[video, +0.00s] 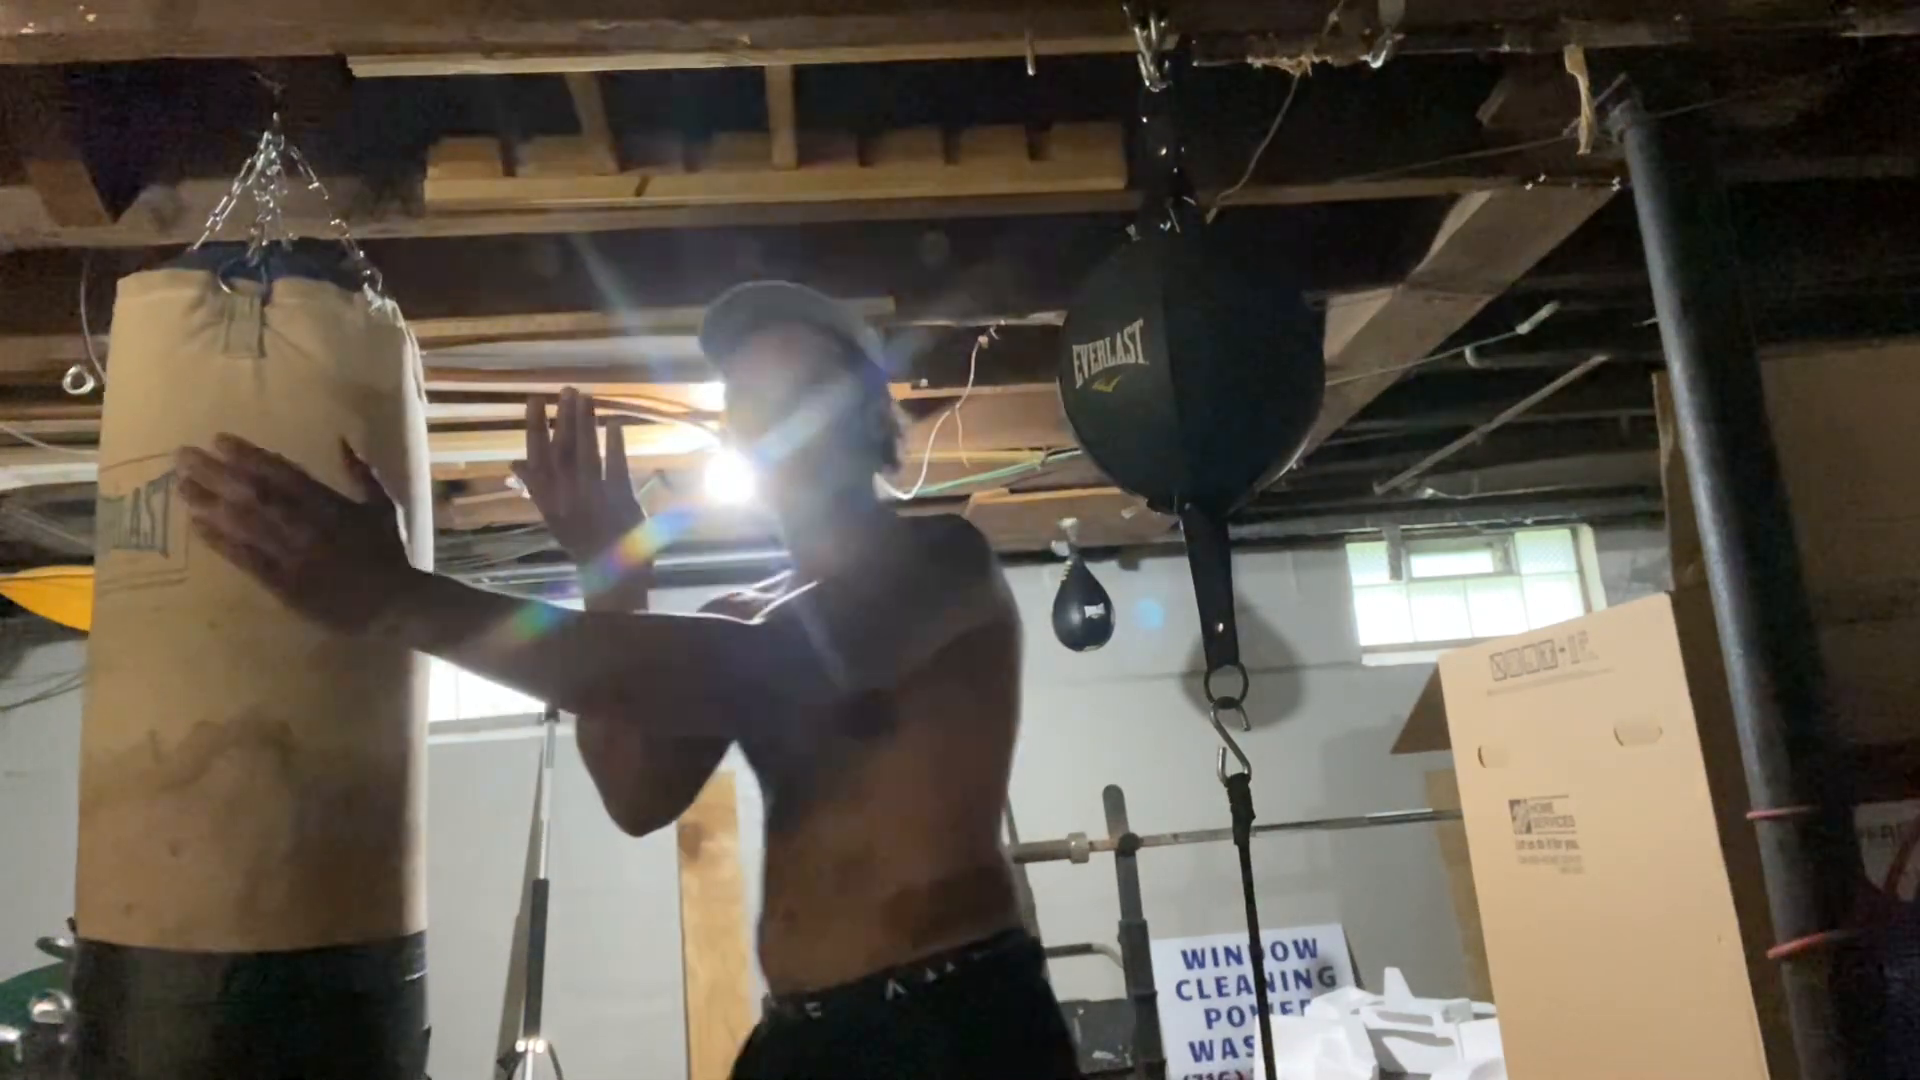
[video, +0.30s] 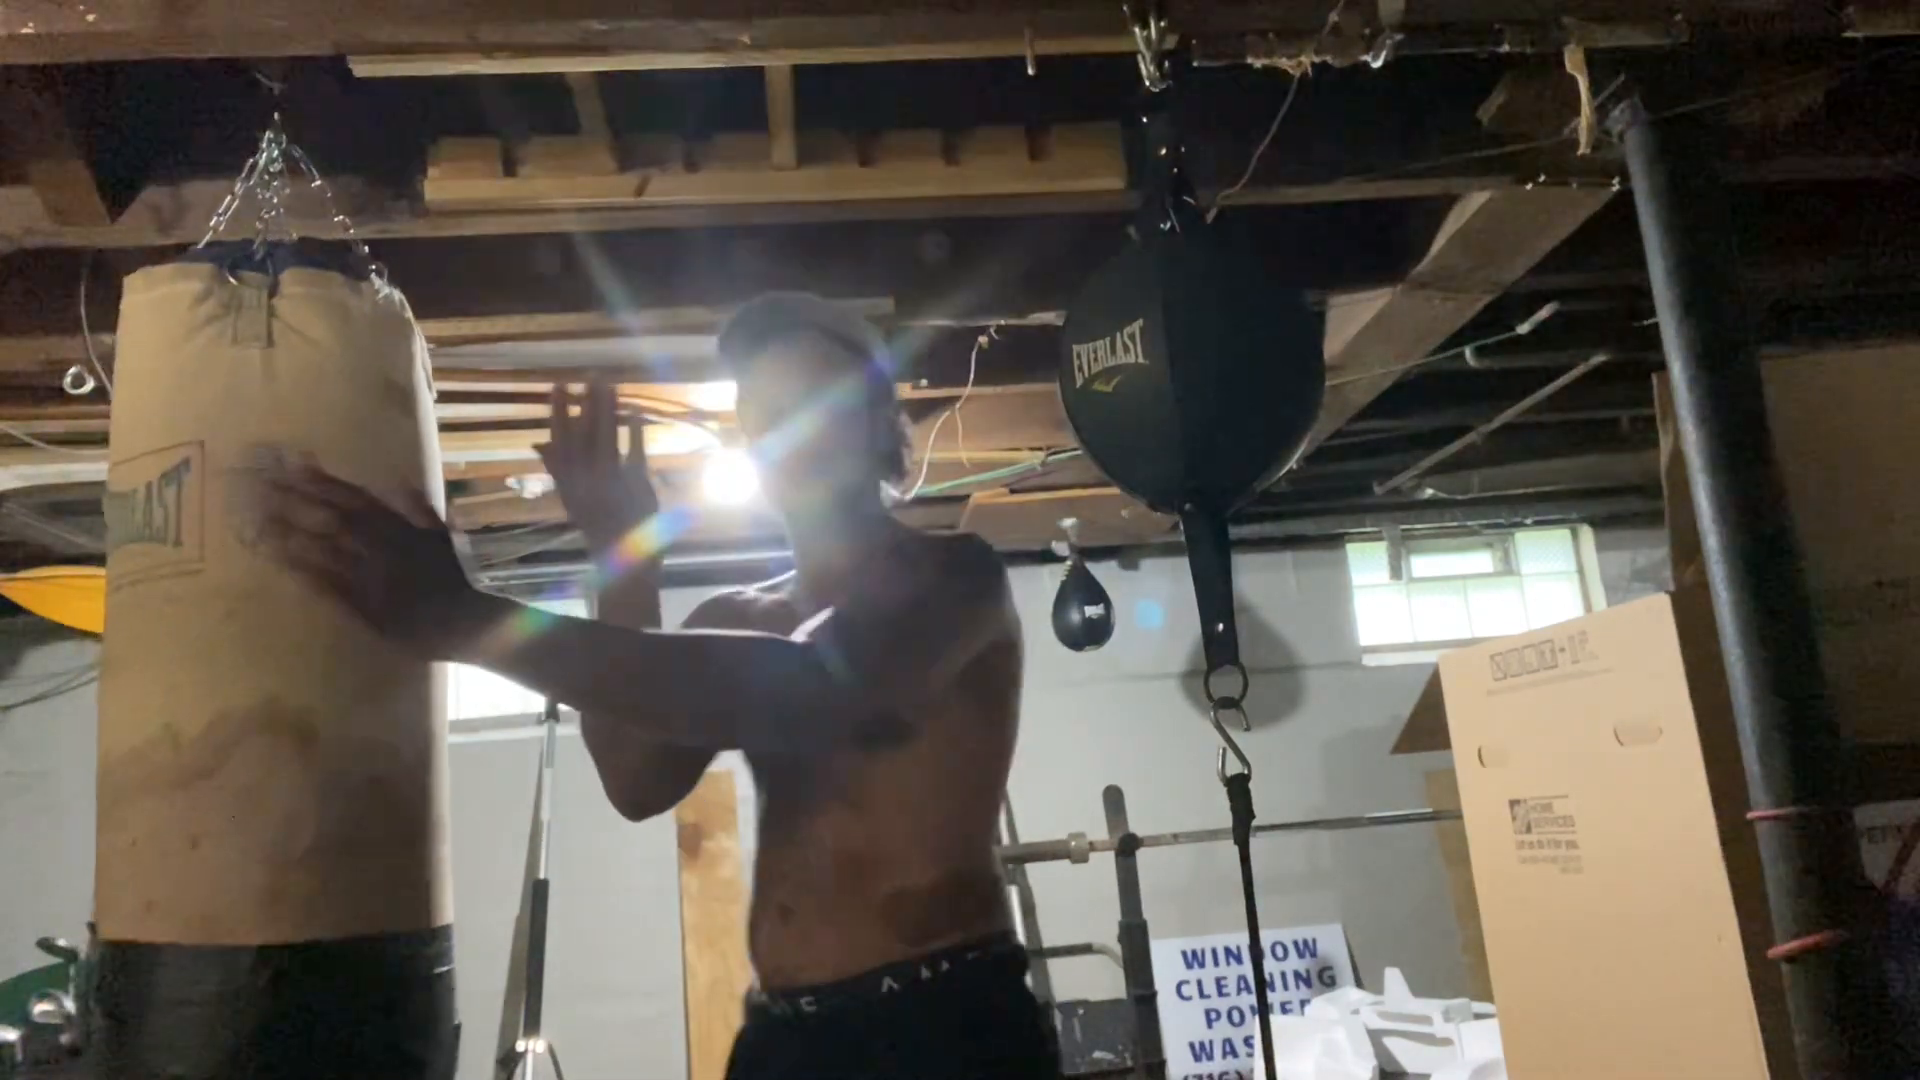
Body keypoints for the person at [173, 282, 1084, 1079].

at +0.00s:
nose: (778, 433)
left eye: (805, 396)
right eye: (751, 413)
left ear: (878, 416)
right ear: (731, 445)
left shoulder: (941, 557)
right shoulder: (762, 624)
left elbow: (765, 679)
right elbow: (645, 797)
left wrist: (400, 604)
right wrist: (607, 574)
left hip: (959, 1016)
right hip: (801, 1034)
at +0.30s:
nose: (790, 446)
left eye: (817, 412)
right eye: (763, 424)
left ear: (885, 428)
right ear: (743, 452)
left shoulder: (952, 576)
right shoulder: (747, 615)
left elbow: (812, 700)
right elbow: (640, 784)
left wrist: (475, 624)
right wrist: (625, 559)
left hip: (943, 1018)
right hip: (786, 1030)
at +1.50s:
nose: (771, 411)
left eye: (801, 379)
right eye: (737, 384)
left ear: (854, 400)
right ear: (698, 414)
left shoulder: (941, 564)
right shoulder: (653, 607)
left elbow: (1184, 652)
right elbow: (417, 766)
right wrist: (612, 610)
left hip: (948, 1016)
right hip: (750, 1033)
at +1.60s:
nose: (770, 418)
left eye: (799, 387)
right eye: (735, 394)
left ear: (852, 410)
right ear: (698, 426)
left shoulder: (944, 581)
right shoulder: (633, 624)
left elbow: (1185, 681)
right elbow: (411, 775)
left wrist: (1057, 601)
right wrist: (626, 622)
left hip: (943, 1022)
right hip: (745, 1039)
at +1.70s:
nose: (770, 432)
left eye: (800, 397)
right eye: (736, 402)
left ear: (851, 418)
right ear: (696, 430)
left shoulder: (941, 583)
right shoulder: (624, 624)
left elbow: (1175, 688)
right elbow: (408, 777)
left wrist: (922, 611)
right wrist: (656, 622)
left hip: (943, 1024)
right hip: (744, 1040)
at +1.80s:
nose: (770, 445)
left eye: (800, 407)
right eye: (735, 414)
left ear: (852, 428)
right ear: (695, 443)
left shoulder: (943, 594)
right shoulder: (626, 631)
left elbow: (1173, 710)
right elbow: (402, 791)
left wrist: (909, 635)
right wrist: (650, 642)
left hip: (944, 1022)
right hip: (745, 1038)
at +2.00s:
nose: (773, 457)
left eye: (804, 421)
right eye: (738, 428)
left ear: (854, 438)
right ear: (696, 453)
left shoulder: (954, 605)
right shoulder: (634, 644)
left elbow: (1166, 729)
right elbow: (407, 813)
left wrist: (939, 702)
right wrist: (639, 712)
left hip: (947, 1023)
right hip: (748, 1038)